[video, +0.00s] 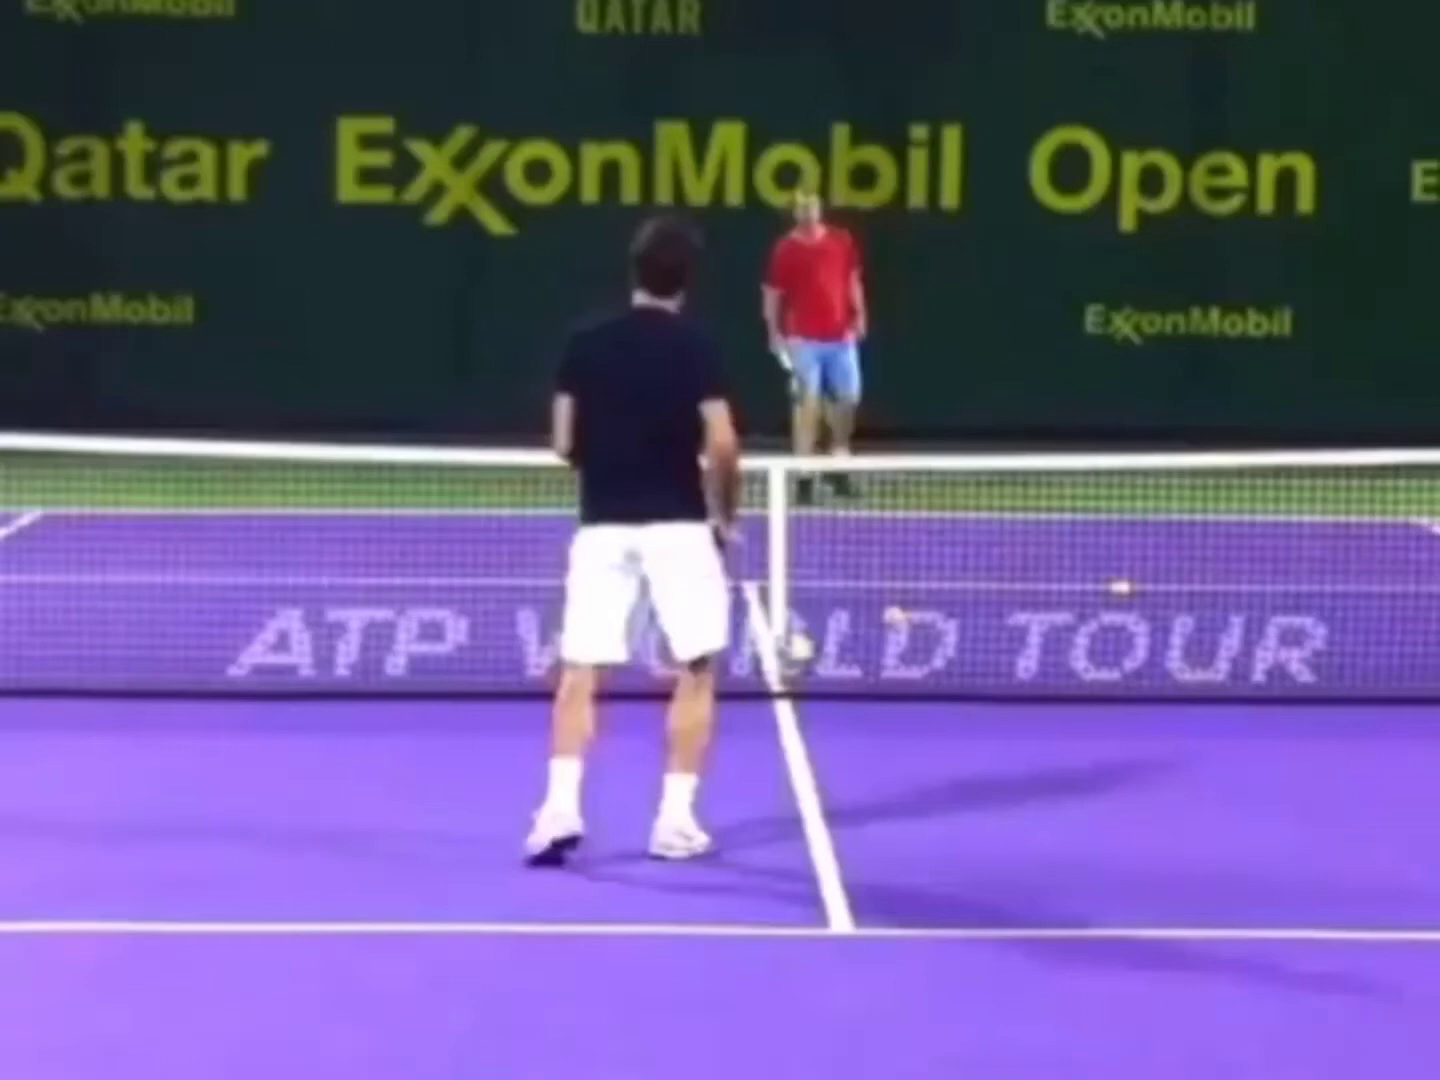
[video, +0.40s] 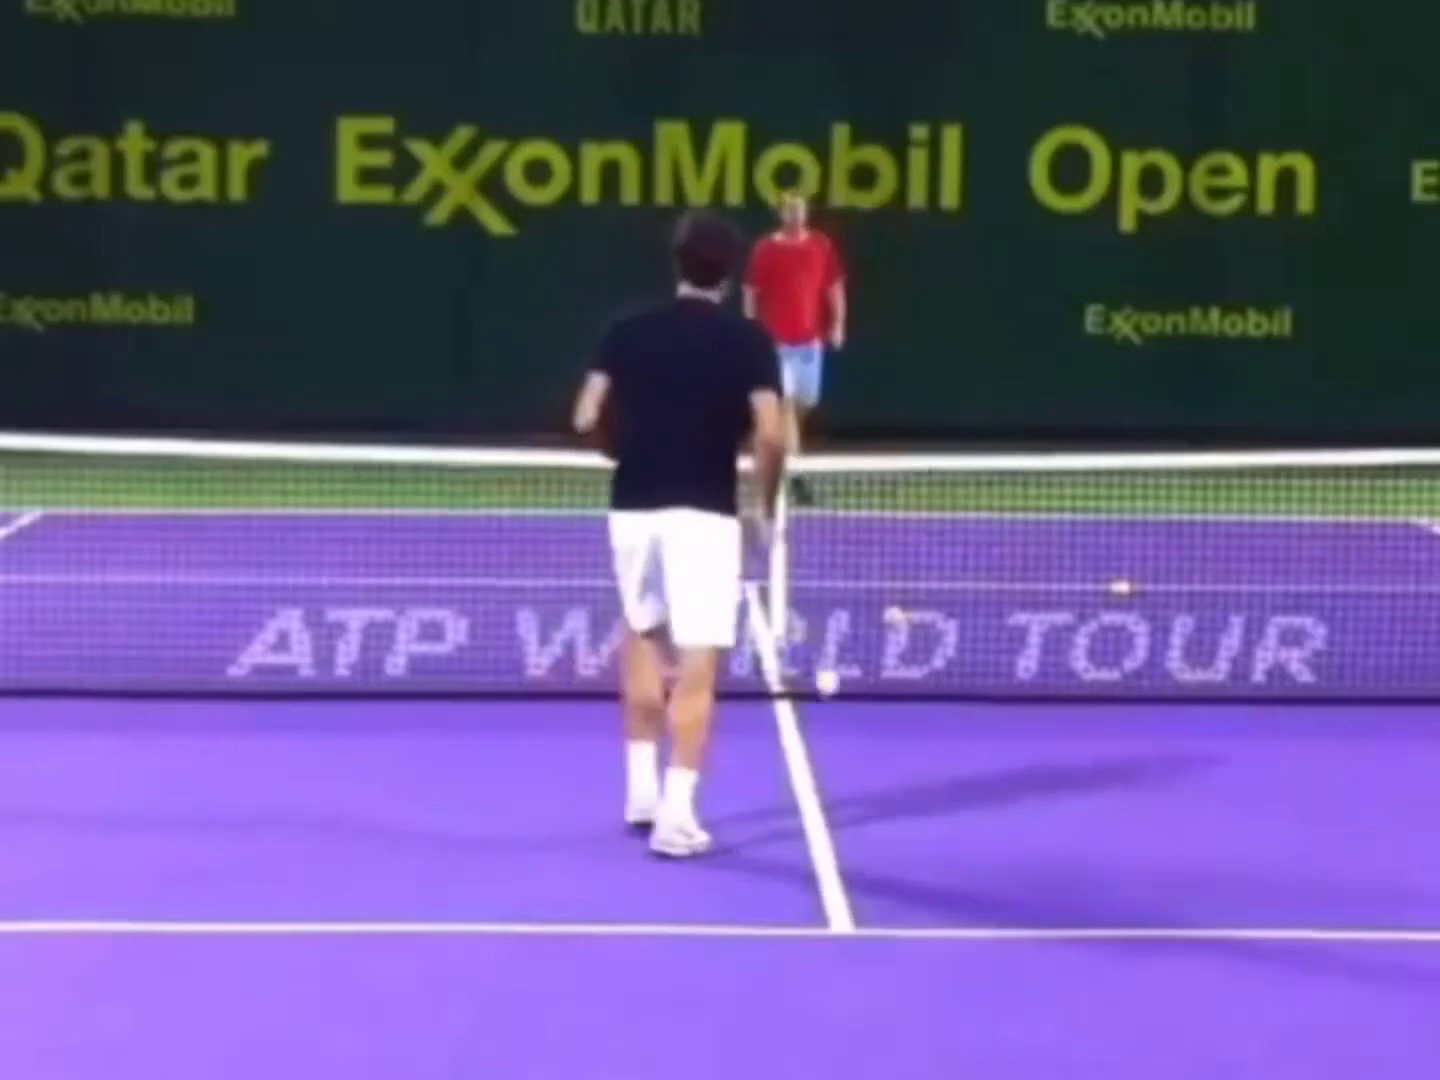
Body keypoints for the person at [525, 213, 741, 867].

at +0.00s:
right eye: (684, 272)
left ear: (634, 272)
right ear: (689, 279)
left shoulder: (588, 339)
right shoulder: (694, 345)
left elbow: (563, 440)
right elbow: (722, 442)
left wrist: (614, 462)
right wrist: (724, 511)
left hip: (601, 527)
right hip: (676, 526)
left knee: (578, 670)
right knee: (696, 673)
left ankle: (560, 805)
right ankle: (675, 814)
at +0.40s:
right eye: (725, 266)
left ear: (677, 267)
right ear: (732, 273)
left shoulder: (632, 329)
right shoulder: (748, 341)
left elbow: (587, 417)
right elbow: (772, 432)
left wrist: (630, 449)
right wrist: (763, 493)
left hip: (633, 509)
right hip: (706, 512)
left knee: (644, 642)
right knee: (698, 665)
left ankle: (641, 787)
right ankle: (677, 810)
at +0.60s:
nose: (735, 285)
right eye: (739, 276)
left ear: (684, 279)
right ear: (740, 282)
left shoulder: (643, 343)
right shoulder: (751, 350)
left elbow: (600, 435)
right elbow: (777, 443)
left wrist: (637, 466)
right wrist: (787, 516)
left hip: (647, 518)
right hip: (716, 520)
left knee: (669, 646)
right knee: (709, 659)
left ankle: (675, 781)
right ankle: (682, 797)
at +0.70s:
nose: (745, 277)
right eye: (746, 267)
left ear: (692, 269)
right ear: (743, 273)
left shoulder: (651, 333)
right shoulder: (749, 334)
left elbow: (608, 427)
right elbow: (778, 426)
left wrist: (658, 452)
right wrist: (799, 483)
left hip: (657, 507)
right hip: (724, 509)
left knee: (675, 640)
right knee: (735, 649)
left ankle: (679, 773)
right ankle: (697, 749)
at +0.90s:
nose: (773, 279)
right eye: (773, 267)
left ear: (715, 258)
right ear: (764, 267)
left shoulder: (670, 319)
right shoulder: (757, 321)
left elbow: (628, 405)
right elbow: (787, 402)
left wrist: (676, 429)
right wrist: (864, 449)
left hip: (676, 497)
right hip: (744, 498)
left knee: (684, 631)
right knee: (772, 626)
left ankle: (677, 785)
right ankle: (741, 754)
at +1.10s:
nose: (811, 302)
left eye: (809, 290)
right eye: (812, 293)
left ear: (763, 272)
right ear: (805, 288)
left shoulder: (702, 325)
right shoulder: (790, 337)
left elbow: (652, 406)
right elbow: (831, 417)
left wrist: (706, 434)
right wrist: (919, 441)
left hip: (697, 503)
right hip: (767, 509)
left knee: (690, 635)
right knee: (786, 637)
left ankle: (678, 775)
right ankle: (809, 751)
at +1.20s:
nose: (839, 315)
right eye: (841, 306)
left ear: (786, 289)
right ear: (837, 306)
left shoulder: (731, 337)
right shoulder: (822, 354)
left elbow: (668, 411)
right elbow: (861, 438)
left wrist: (720, 441)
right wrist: (943, 468)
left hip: (714, 514)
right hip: (782, 522)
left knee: (698, 643)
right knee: (805, 641)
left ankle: (679, 775)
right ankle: (821, 760)